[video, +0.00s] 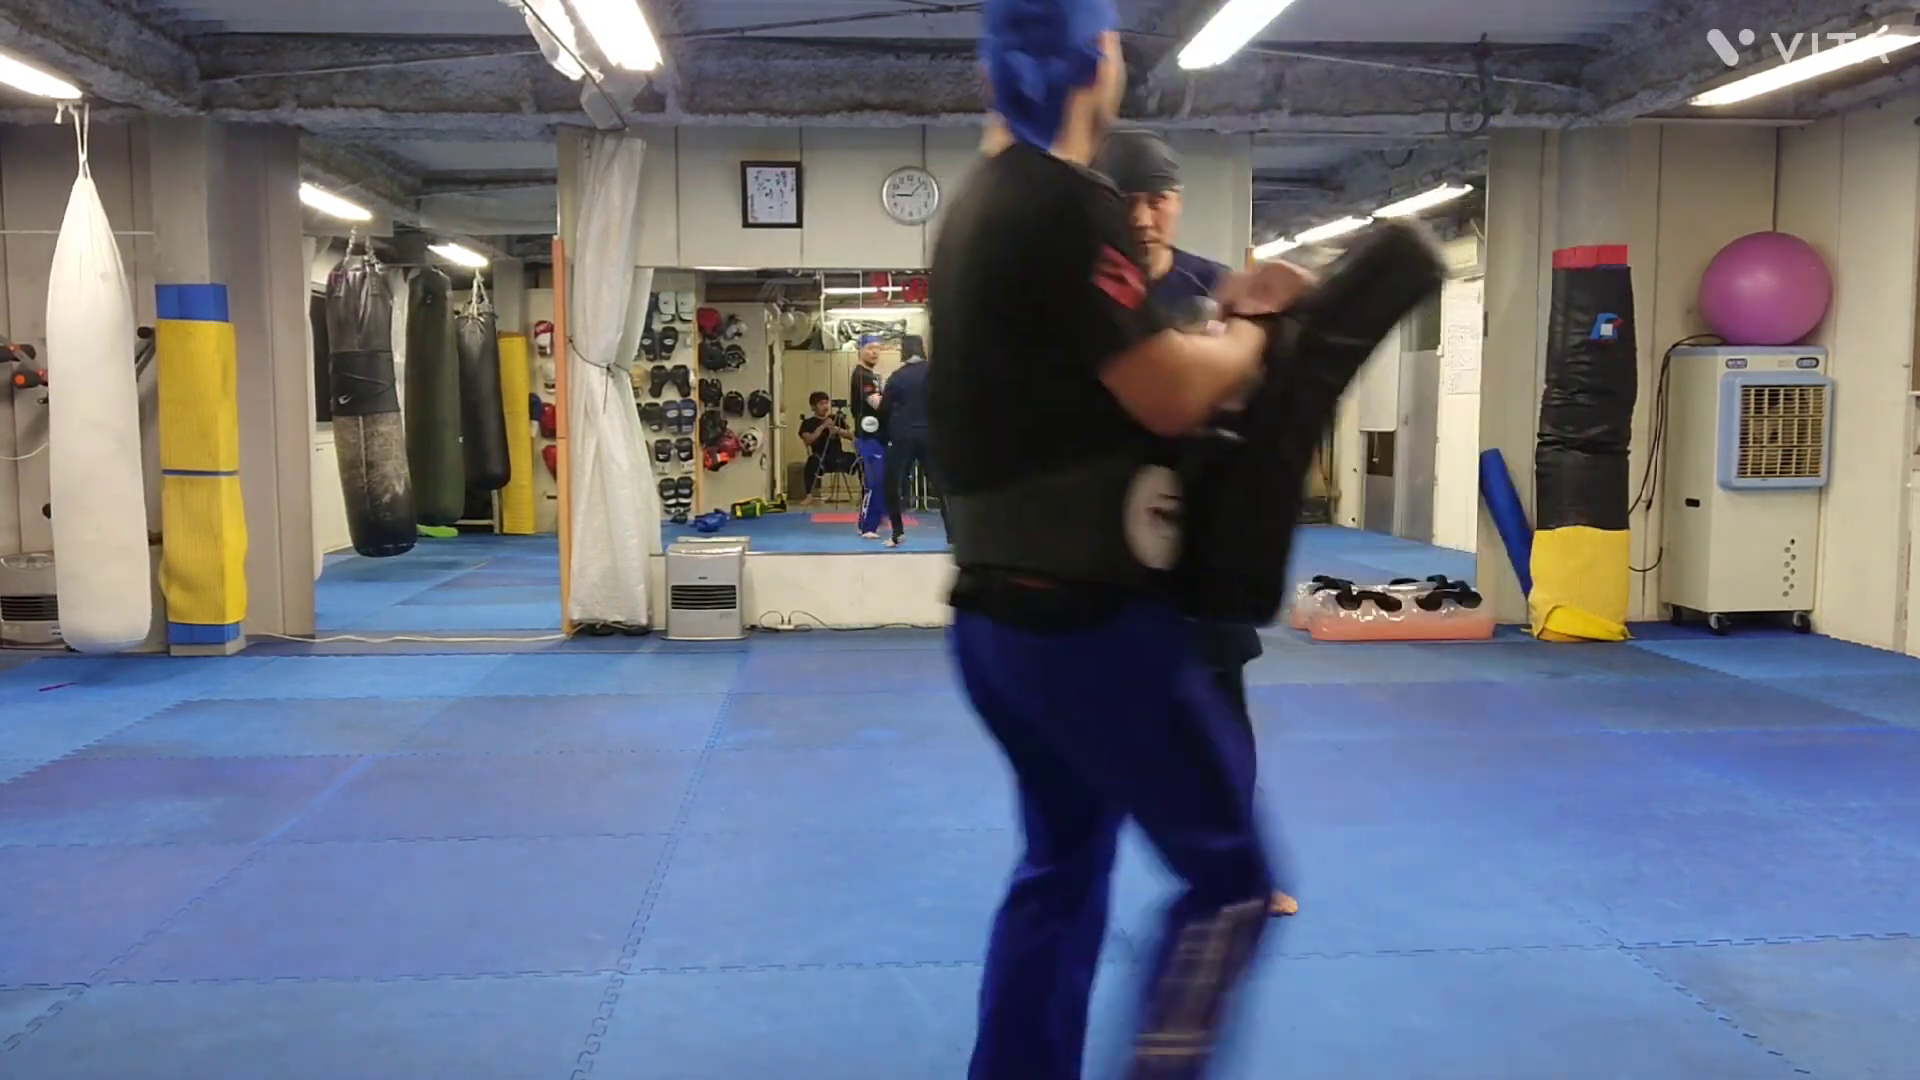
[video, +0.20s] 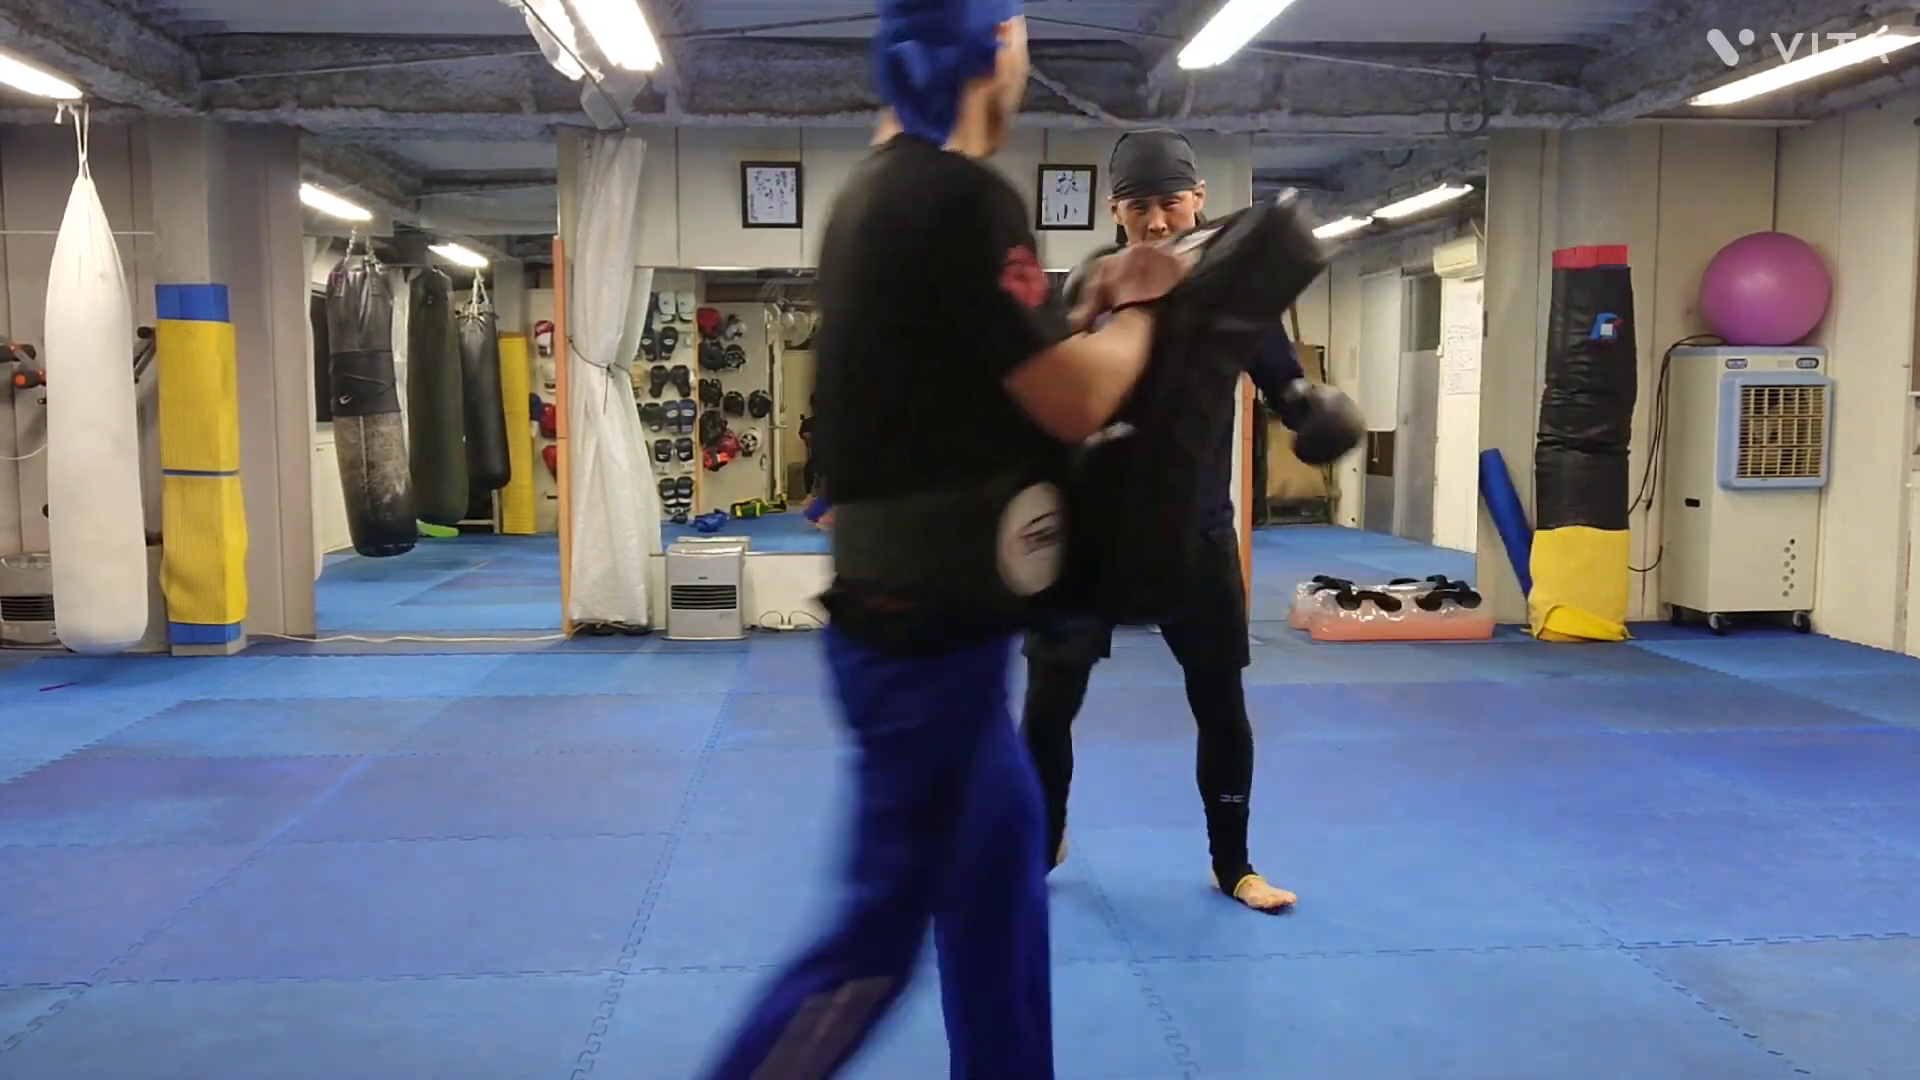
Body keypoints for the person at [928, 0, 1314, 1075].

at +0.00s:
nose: (1123, 62)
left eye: (1117, 44)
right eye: (1117, 44)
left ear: (1003, 70)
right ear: (1096, 60)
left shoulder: (979, 206)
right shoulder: (1060, 203)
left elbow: (1068, 380)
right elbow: (1170, 396)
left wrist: (1217, 320)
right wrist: (1245, 334)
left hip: (998, 617)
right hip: (1090, 623)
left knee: (1061, 877)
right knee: (1230, 878)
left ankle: (1018, 1072)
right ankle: (1162, 1063)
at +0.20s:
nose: (1025, 51)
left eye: (1018, 34)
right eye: (1017, 34)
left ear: (911, 63)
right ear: (992, 54)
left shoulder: (880, 192)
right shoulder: (961, 195)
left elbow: (953, 381)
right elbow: (1073, 401)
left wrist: (1084, 313)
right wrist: (1137, 316)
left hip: (899, 607)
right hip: (935, 618)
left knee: (1004, 862)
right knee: (879, 936)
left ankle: (1008, 1072)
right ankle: (744, 1077)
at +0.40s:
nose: (929, 43)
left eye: (924, 22)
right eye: (922, 20)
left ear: (803, 53)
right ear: (887, 40)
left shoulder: (783, 182)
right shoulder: (813, 191)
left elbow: (874, 381)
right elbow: (932, 405)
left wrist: (984, 309)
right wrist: (1011, 311)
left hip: (816, 627)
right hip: (806, 642)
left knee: (909, 822)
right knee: (793, 951)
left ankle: (874, 1062)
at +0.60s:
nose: (875, 41)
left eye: (872, 18)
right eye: (867, 14)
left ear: (791, 38)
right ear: (822, 31)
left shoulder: (742, 181)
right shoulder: (739, 187)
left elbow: (826, 385)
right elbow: (862, 400)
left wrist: (929, 296)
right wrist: (950, 276)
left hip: (792, 621)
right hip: (767, 636)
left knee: (869, 833)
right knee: (780, 935)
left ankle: (817, 1056)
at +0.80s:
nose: (842, 64)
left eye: (839, 40)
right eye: (836, 36)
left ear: (749, 52)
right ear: (797, 45)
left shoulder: (714, 190)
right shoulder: (707, 196)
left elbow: (792, 398)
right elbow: (822, 413)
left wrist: (876, 299)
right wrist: (890, 277)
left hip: (757, 621)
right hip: (730, 636)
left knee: (859, 829)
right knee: (768, 951)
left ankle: (836, 1064)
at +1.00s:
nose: (813, 51)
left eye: (809, 29)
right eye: (807, 29)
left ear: (682, 39)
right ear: (770, 41)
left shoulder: (657, 164)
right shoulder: (687, 173)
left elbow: (701, 378)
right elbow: (746, 401)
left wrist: (807, 294)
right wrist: (826, 301)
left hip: (656, 596)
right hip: (656, 610)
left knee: (727, 824)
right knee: (685, 881)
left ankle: (682, 1045)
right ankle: (641, 1068)